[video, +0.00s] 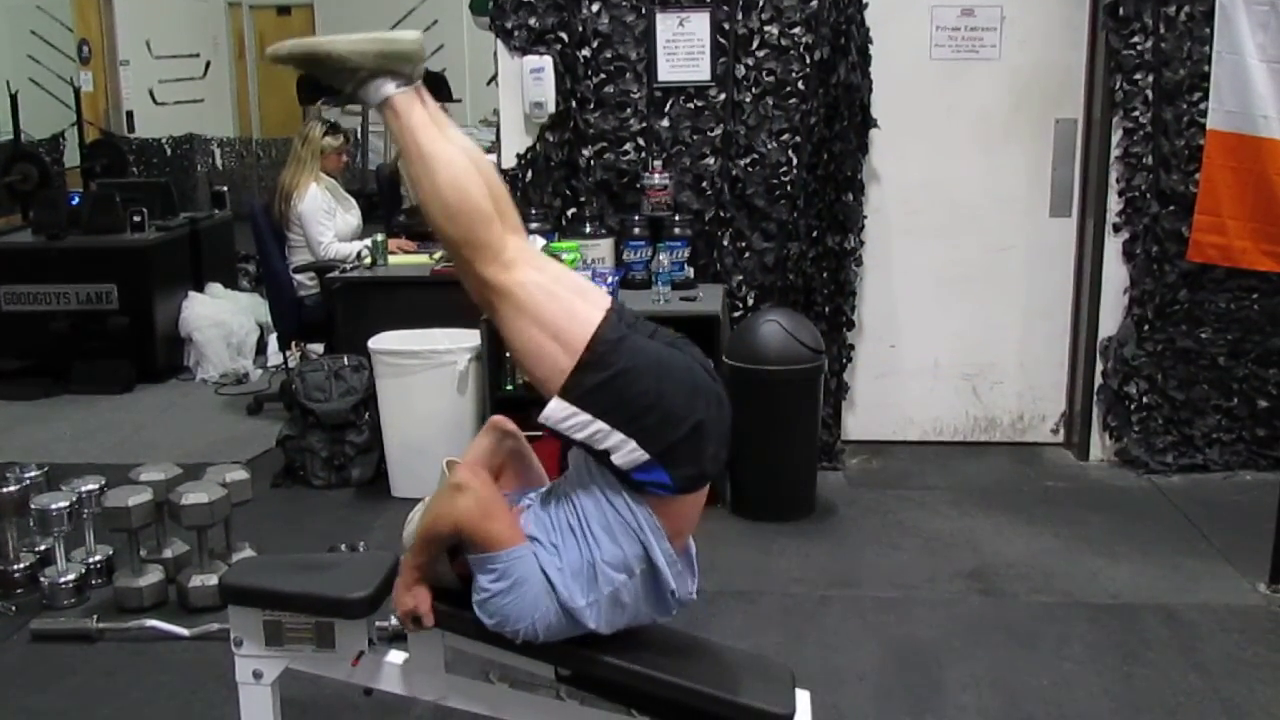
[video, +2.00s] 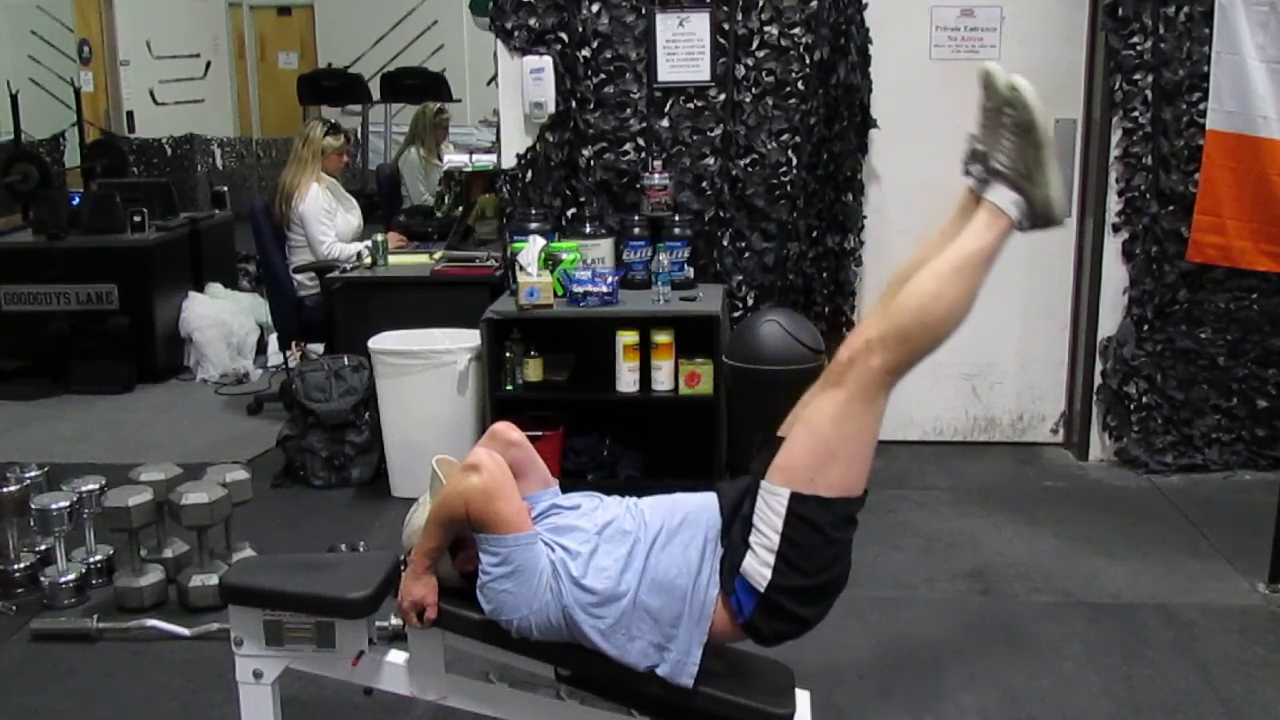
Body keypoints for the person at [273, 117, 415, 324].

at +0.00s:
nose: (345, 160)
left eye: (345, 153)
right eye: (339, 154)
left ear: (324, 156)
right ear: (320, 155)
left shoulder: (323, 186)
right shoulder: (311, 191)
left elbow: (334, 244)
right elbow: (325, 251)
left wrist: (381, 243)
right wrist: (380, 245)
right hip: (318, 292)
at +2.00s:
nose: (346, 160)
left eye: (346, 153)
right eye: (340, 154)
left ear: (323, 155)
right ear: (320, 155)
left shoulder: (323, 186)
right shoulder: (312, 192)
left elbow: (332, 245)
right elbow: (326, 251)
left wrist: (377, 243)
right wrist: (378, 245)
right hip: (318, 292)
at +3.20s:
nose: (346, 159)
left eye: (346, 153)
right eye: (340, 154)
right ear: (319, 154)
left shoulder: (324, 186)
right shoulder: (312, 192)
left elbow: (334, 244)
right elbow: (326, 251)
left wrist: (376, 243)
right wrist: (378, 246)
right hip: (318, 292)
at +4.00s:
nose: (346, 159)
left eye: (346, 153)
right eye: (340, 154)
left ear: (321, 155)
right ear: (319, 154)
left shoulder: (323, 186)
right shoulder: (312, 193)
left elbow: (335, 244)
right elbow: (326, 251)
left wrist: (377, 242)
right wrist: (378, 245)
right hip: (318, 293)